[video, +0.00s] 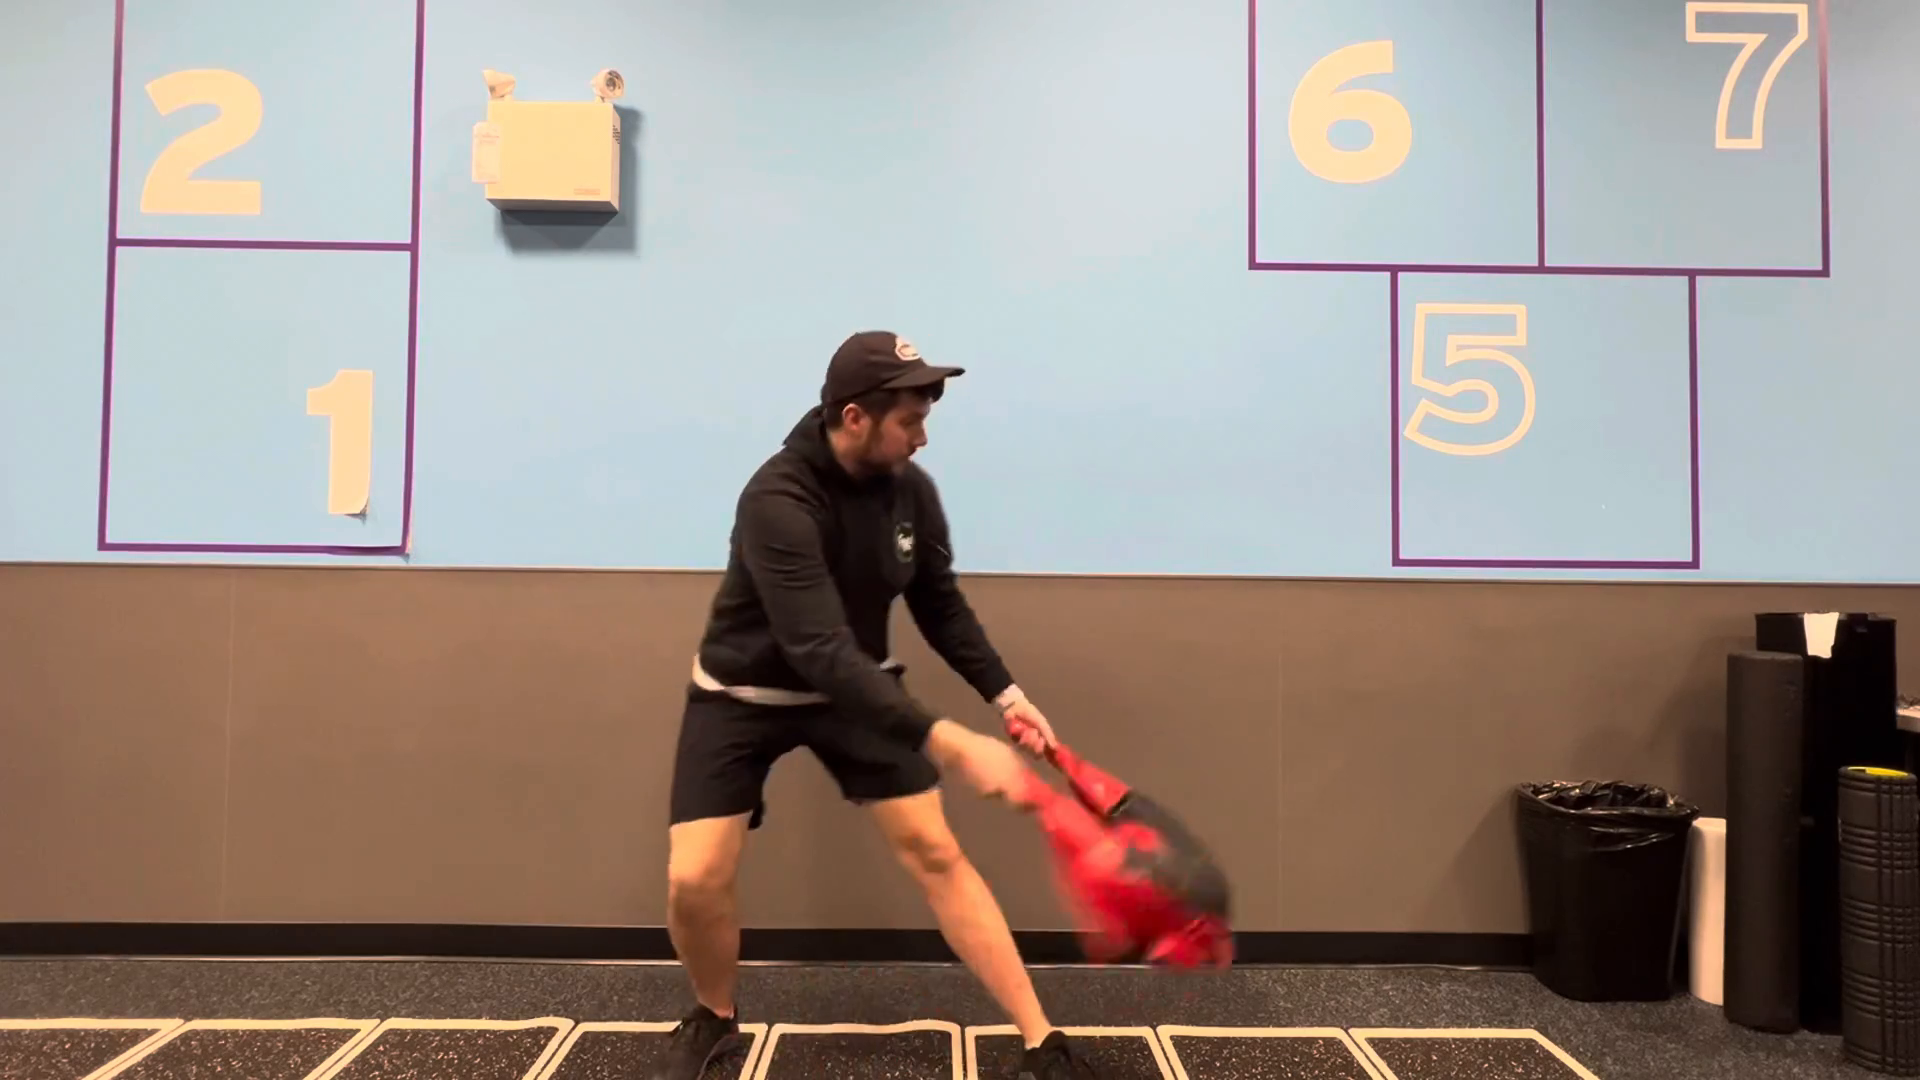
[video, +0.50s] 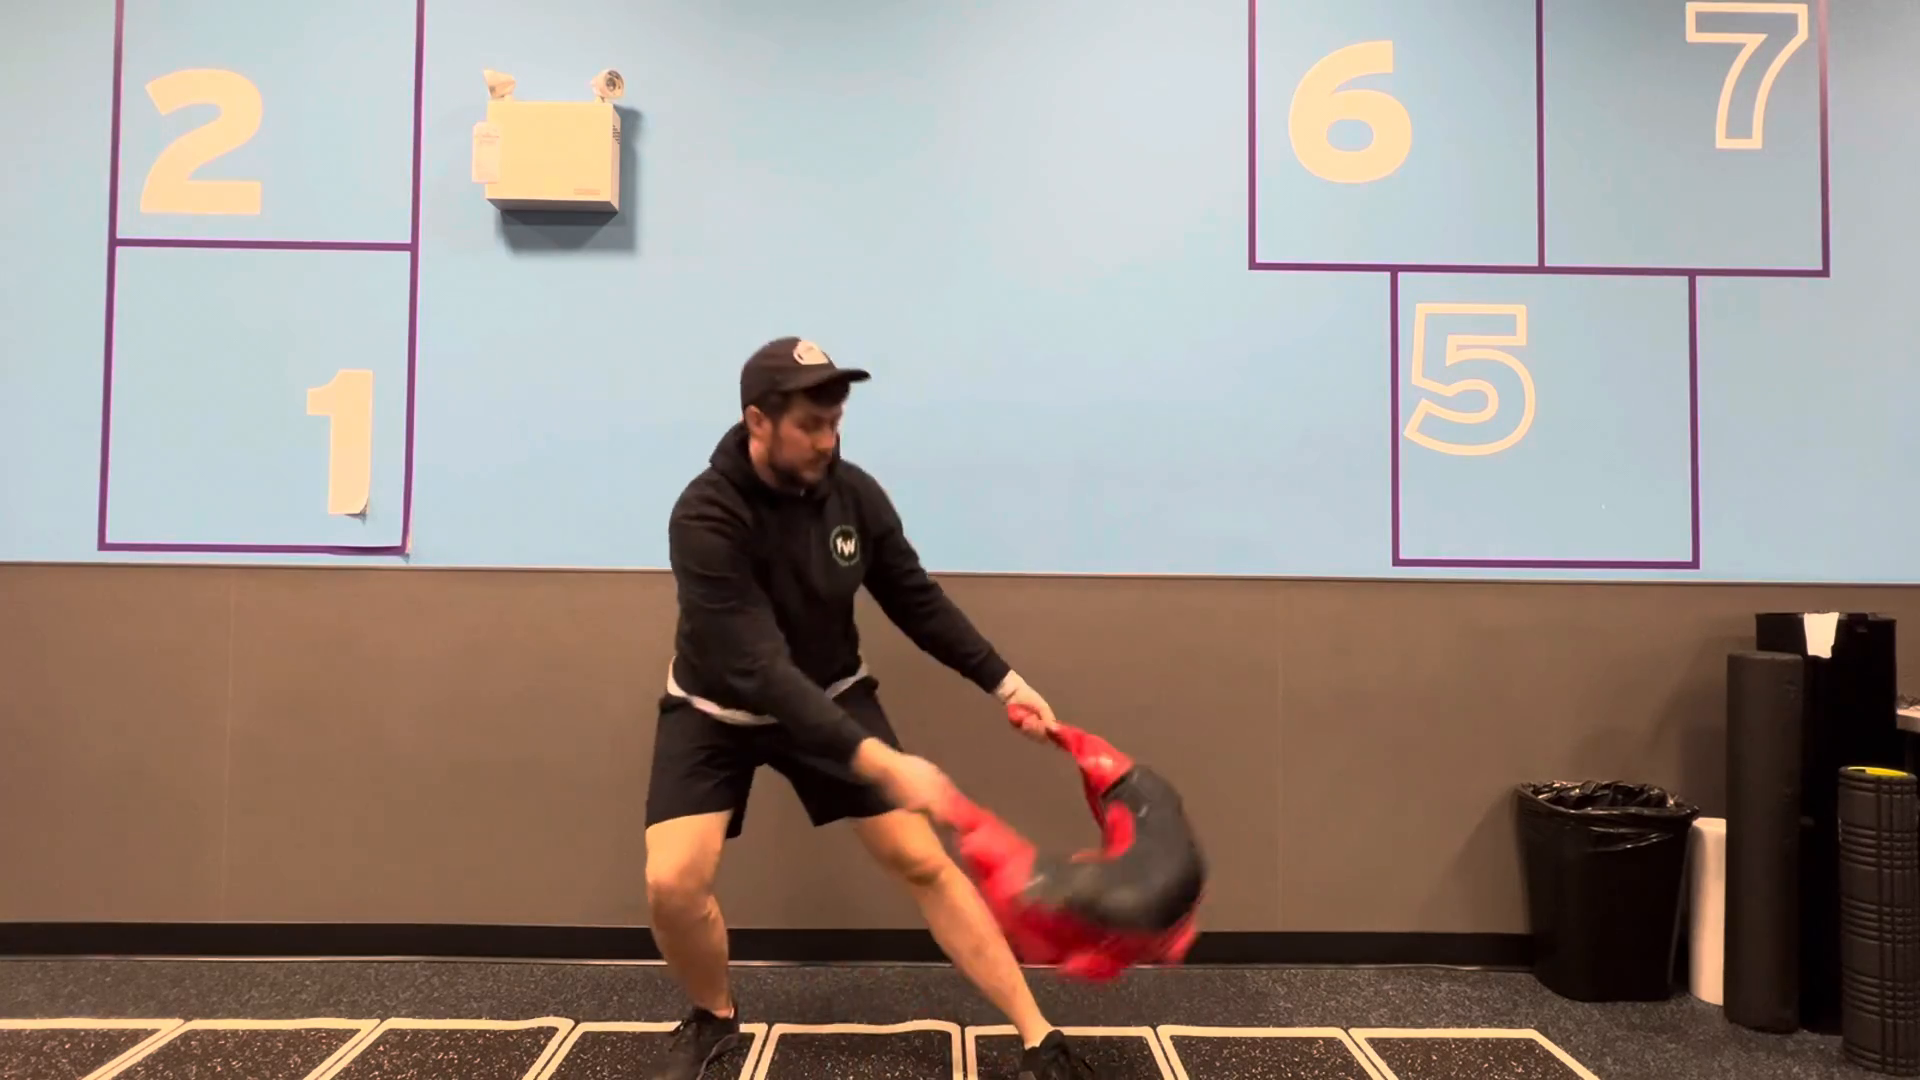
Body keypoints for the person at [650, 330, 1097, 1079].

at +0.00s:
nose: (922, 433)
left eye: (924, 417)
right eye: (910, 418)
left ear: (867, 417)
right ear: (853, 417)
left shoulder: (910, 493)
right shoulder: (778, 500)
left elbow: (940, 605)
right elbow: (822, 651)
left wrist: (1008, 697)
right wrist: (951, 741)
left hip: (853, 687)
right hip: (738, 696)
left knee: (936, 851)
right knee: (694, 879)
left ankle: (1041, 1040)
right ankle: (715, 1018)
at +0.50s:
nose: (827, 439)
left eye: (833, 420)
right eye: (810, 423)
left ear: (842, 416)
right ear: (757, 425)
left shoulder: (853, 497)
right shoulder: (707, 518)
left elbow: (916, 601)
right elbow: (761, 670)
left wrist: (1008, 684)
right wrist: (883, 762)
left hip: (832, 698)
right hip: (712, 708)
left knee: (922, 860)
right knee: (672, 885)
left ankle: (1040, 1039)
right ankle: (714, 1021)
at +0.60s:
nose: (797, 409)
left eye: (811, 390)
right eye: (777, 391)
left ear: (829, 388)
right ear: (743, 388)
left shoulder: (868, 471)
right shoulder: (701, 499)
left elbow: (929, 588)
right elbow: (733, 646)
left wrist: (998, 690)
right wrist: (786, 765)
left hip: (855, 682)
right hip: (736, 691)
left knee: (940, 850)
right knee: (687, 865)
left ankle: (1030, 1029)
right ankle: (714, 1016)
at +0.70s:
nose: (764, 378)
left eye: (783, 361)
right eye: (755, 360)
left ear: (830, 363)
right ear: (745, 363)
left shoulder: (893, 453)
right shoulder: (722, 470)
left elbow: (935, 588)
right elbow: (716, 613)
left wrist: (943, 721)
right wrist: (705, 744)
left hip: (889, 670)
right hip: (775, 677)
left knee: (967, 829)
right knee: (726, 836)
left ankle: (1040, 1034)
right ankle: (719, 1030)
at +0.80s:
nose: (770, 365)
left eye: (787, 350)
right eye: (768, 349)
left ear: (841, 354)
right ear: (776, 354)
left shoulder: (914, 452)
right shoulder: (769, 454)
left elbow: (904, 604)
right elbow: (743, 584)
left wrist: (844, 734)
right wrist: (680, 695)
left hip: (943, 650)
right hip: (831, 651)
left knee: (1008, 833)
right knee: (758, 823)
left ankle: (1044, 1041)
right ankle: (717, 1028)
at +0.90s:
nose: (793, 380)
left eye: (804, 363)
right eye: (793, 363)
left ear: (858, 366)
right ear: (844, 368)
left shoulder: (929, 468)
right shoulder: (824, 463)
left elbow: (852, 615)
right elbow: (784, 578)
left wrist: (735, 713)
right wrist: (694, 662)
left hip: (991, 673)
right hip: (878, 670)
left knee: (1052, 858)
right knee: (797, 840)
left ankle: (1048, 1046)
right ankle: (718, 1011)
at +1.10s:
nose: (818, 425)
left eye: (827, 408)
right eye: (818, 408)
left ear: (875, 412)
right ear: (867, 412)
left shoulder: (929, 501)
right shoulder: (868, 491)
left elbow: (801, 599)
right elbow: (804, 596)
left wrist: (635, 636)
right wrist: (688, 639)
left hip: (1036, 702)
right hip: (924, 696)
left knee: (1091, 898)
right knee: (829, 854)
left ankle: (1050, 1051)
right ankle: (716, 1014)